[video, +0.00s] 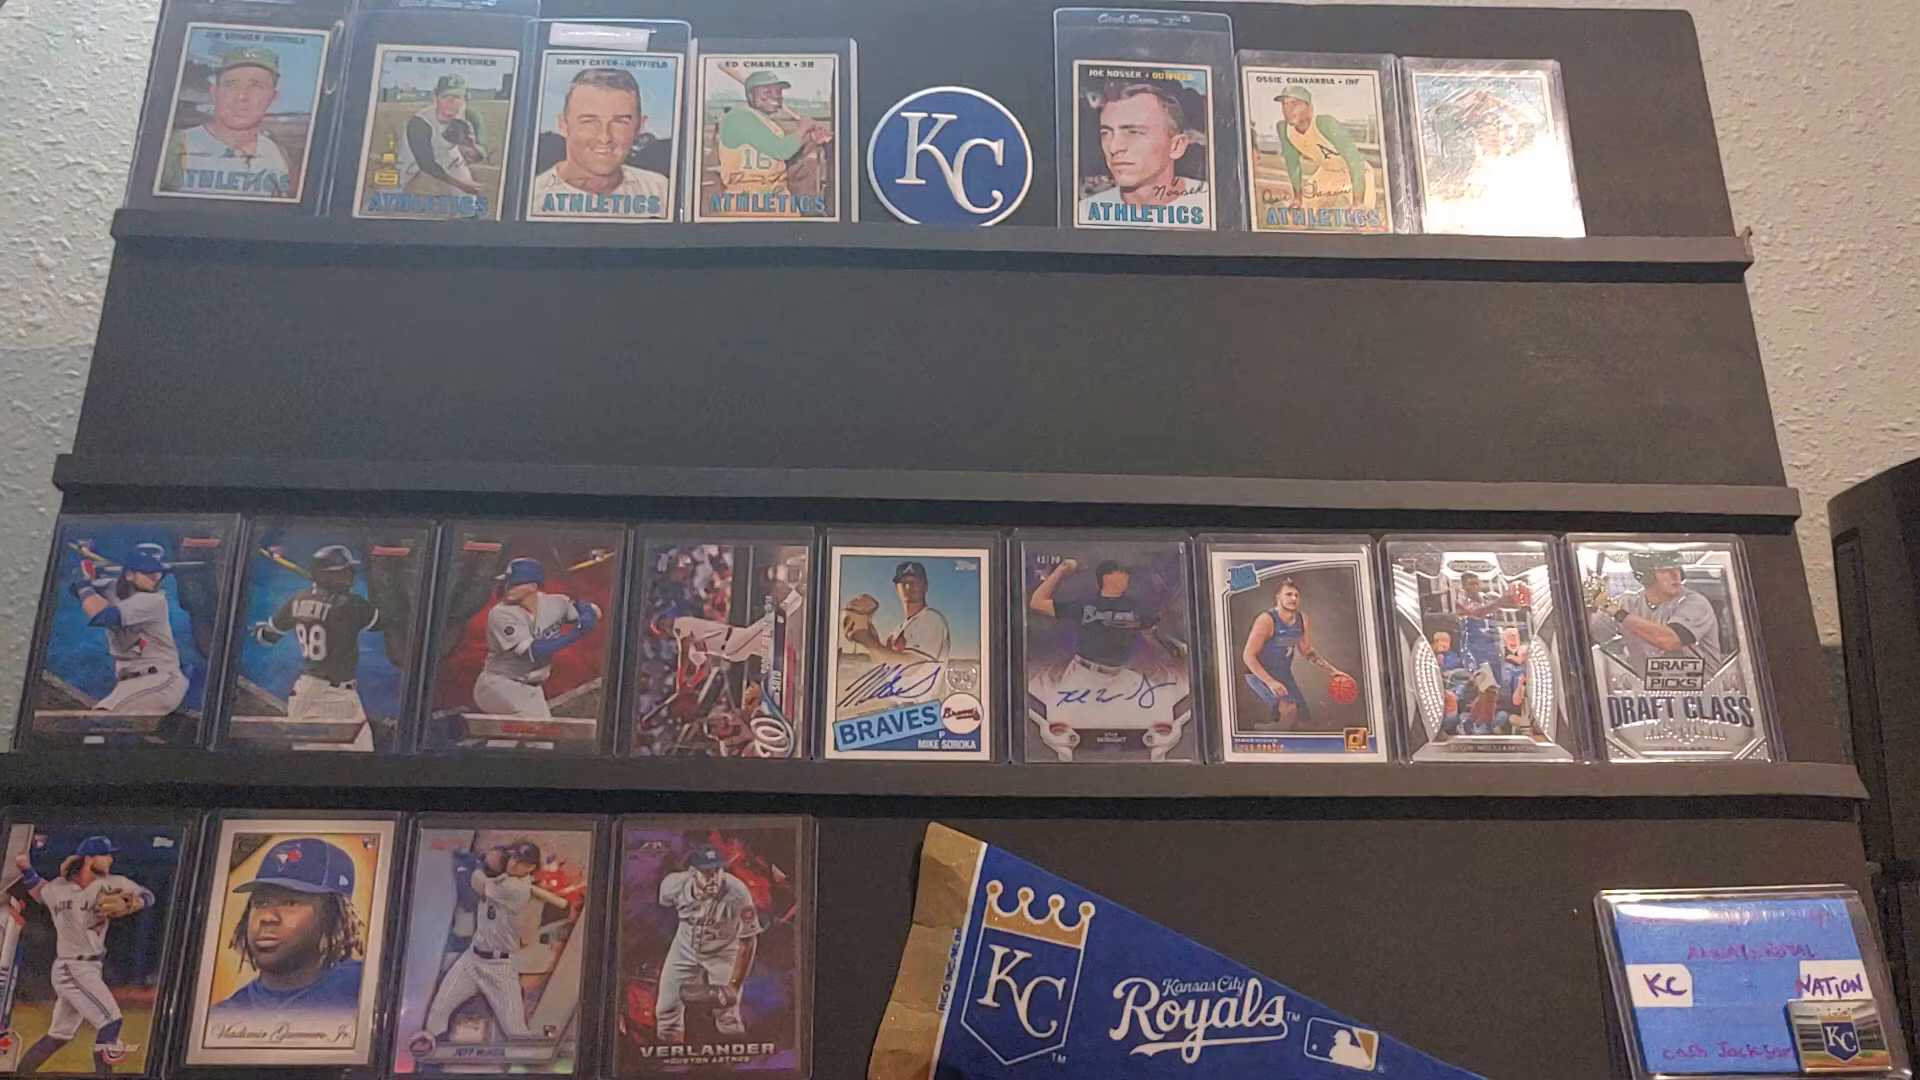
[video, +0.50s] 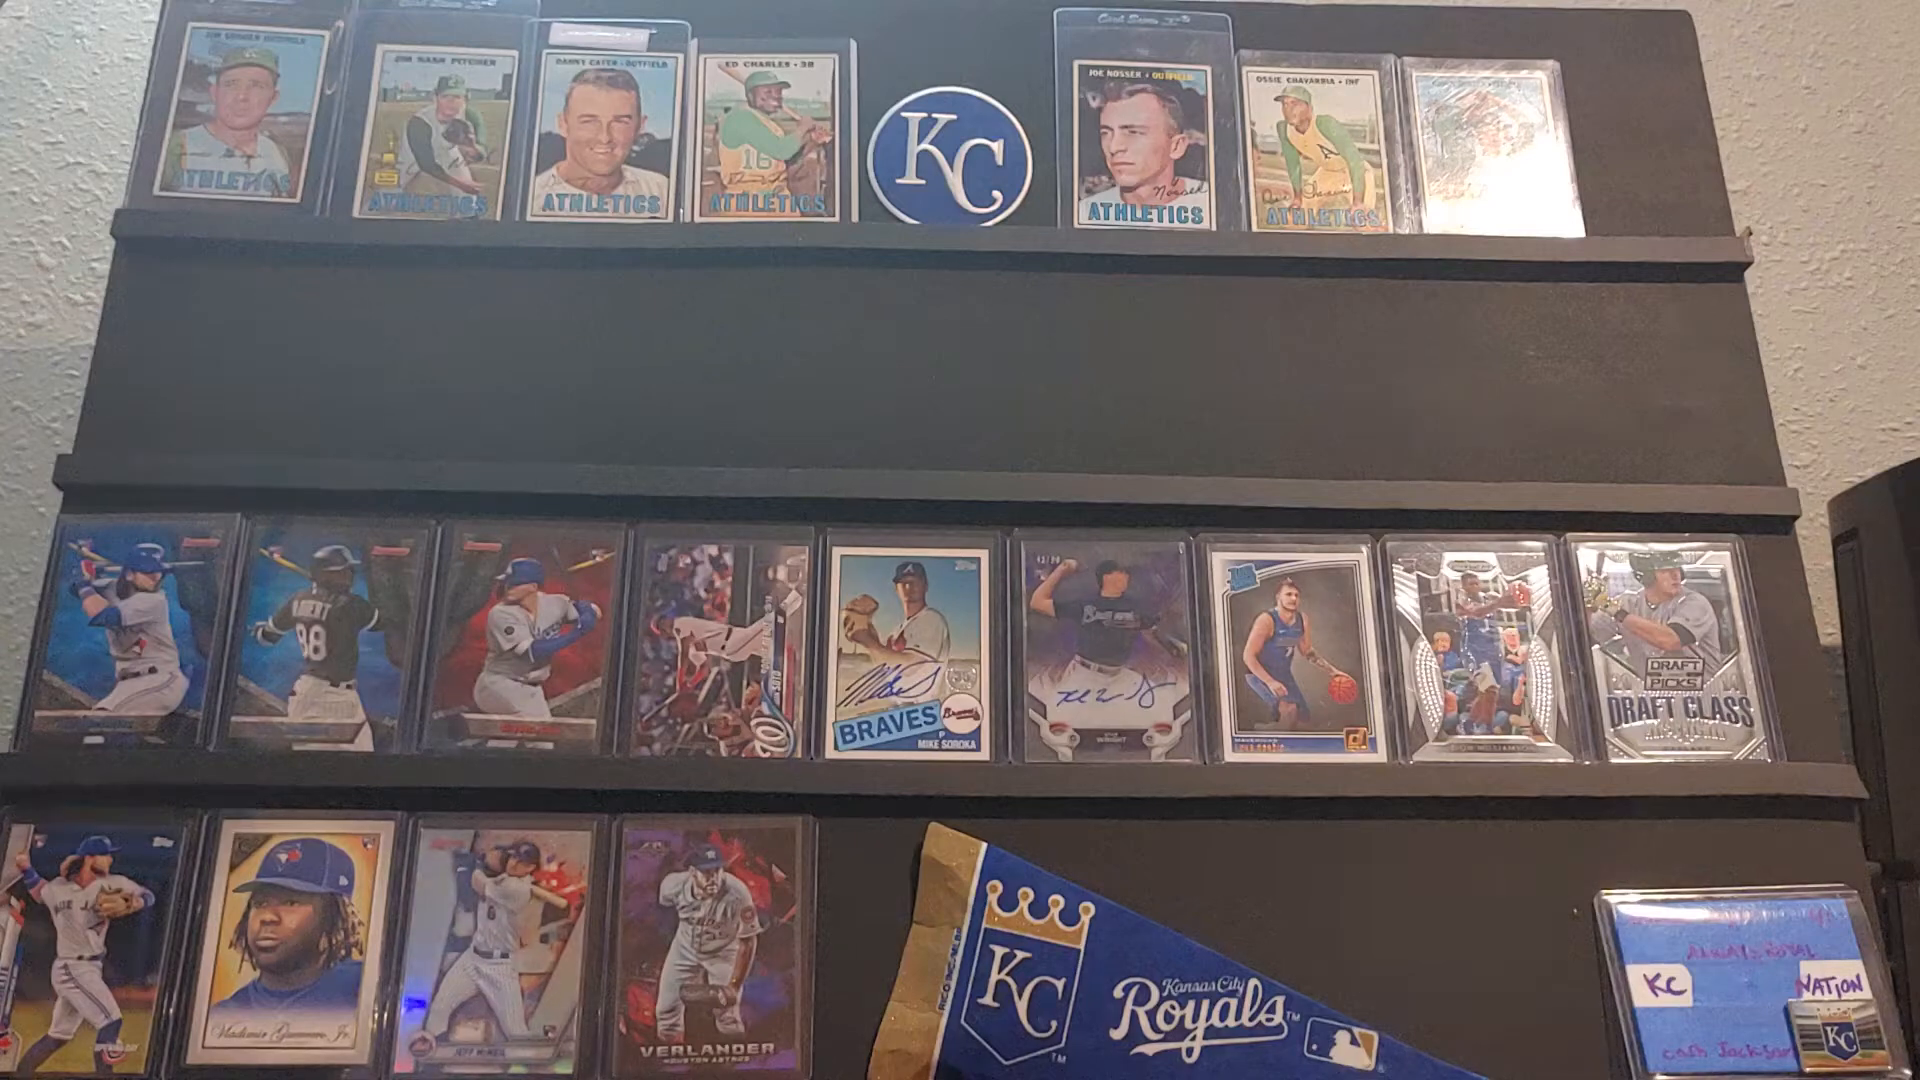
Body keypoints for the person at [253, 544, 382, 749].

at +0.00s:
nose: (351, 576)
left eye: (350, 571)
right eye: (347, 571)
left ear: (319, 574)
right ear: (335, 575)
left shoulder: (299, 600)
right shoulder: (351, 605)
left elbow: (267, 637)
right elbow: (386, 622)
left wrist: (259, 630)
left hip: (305, 695)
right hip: (341, 699)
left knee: (307, 766)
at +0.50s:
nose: (351, 576)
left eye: (350, 571)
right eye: (347, 571)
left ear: (320, 575)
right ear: (333, 575)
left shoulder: (299, 600)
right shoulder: (351, 605)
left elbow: (268, 637)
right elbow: (387, 622)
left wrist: (259, 630)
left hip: (306, 695)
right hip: (341, 699)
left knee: (307, 767)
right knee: (360, 767)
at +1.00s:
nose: (351, 576)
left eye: (350, 571)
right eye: (347, 571)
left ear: (319, 575)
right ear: (333, 575)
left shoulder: (299, 600)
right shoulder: (351, 605)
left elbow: (267, 637)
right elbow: (385, 622)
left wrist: (259, 630)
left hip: (305, 694)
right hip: (342, 698)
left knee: (307, 766)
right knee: (359, 768)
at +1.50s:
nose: (351, 577)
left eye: (351, 571)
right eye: (347, 571)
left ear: (320, 574)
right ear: (332, 575)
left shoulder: (299, 601)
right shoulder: (351, 605)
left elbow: (268, 637)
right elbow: (385, 623)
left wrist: (259, 630)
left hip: (306, 692)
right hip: (341, 697)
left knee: (306, 765)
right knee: (360, 766)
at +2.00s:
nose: (351, 577)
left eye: (351, 571)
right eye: (347, 571)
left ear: (320, 574)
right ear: (331, 575)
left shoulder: (299, 601)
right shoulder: (351, 605)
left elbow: (268, 637)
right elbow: (385, 623)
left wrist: (259, 630)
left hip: (305, 692)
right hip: (341, 697)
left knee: (306, 765)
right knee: (360, 766)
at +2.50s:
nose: (351, 576)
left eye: (351, 571)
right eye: (347, 571)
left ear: (320, 574)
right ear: (332, 575)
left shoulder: (299, 600)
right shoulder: (350, 605)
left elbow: (267, 637)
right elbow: (384, 623)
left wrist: (259, 630)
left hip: (305, 692)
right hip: (340, 697)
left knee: (307, 765)